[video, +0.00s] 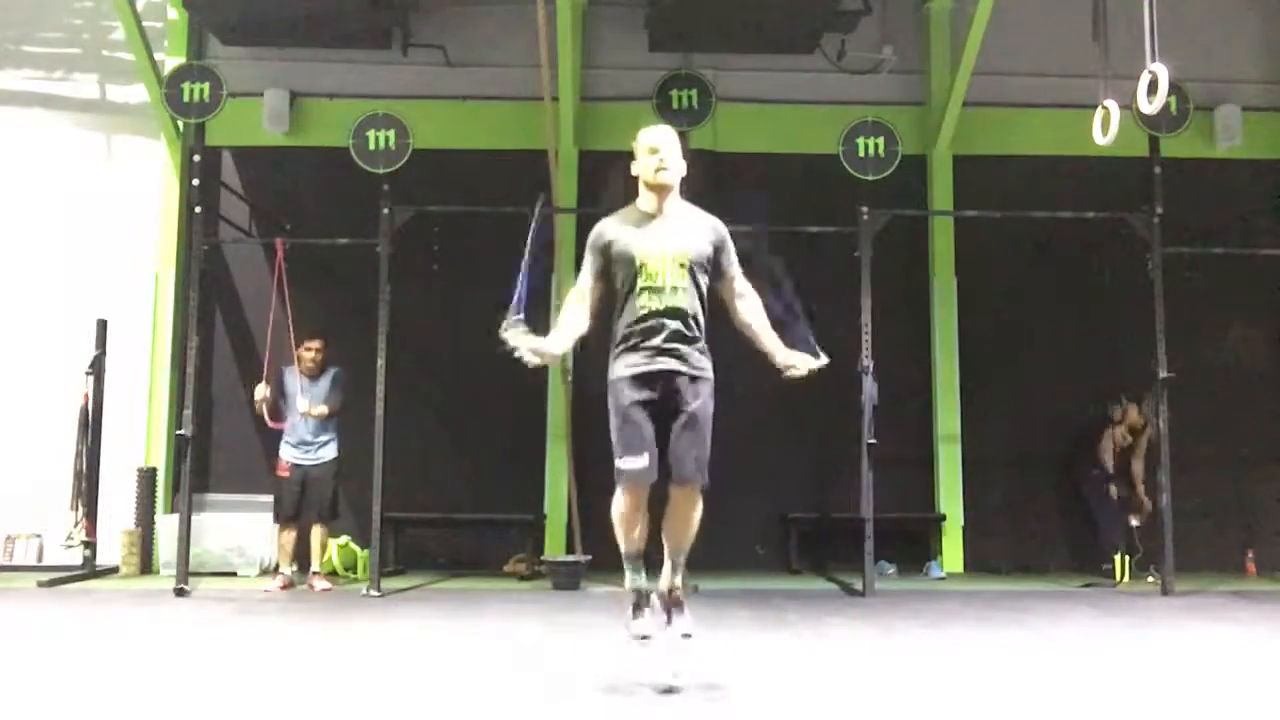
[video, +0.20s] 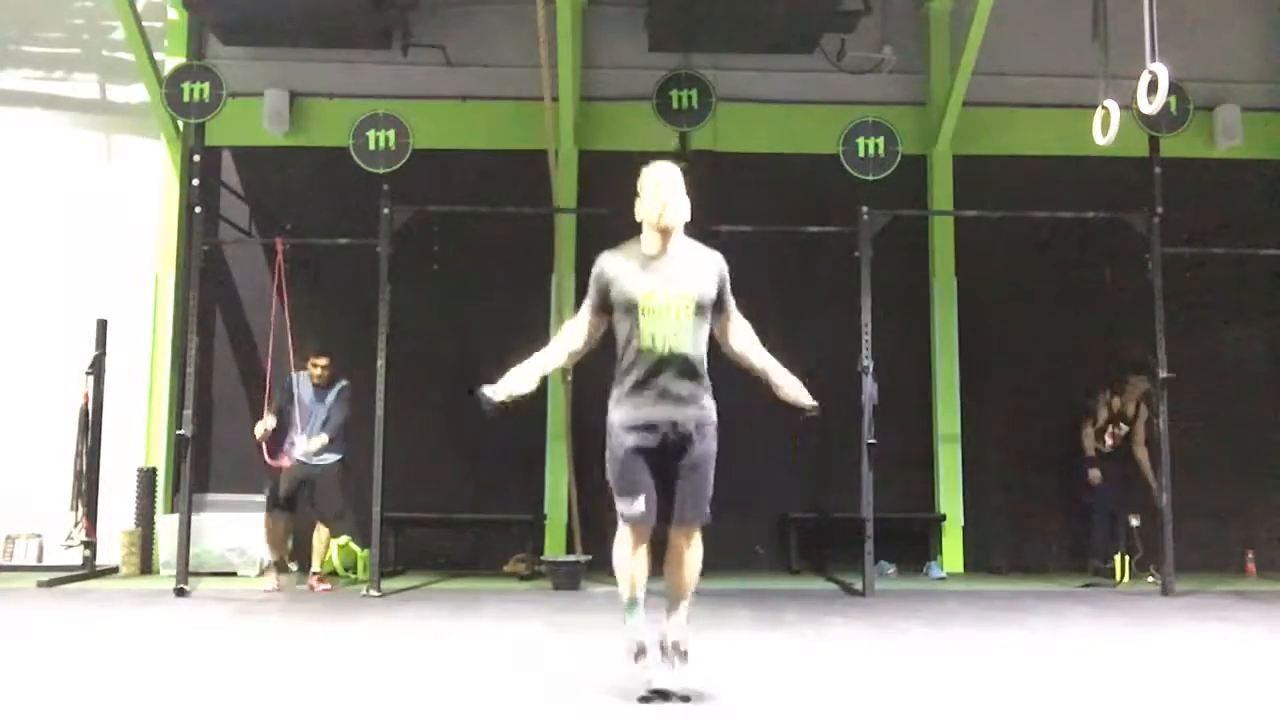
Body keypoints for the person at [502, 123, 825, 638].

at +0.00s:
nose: (661, 161)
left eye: (668, 154)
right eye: (651, 153)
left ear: (683, 165)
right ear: (634, 165)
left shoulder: (710, 229)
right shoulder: (609, 232)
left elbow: (740, 297)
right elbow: (584, 300)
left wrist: (778, 351)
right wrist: (555, 343)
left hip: (691, 367)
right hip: (632, 366)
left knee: (688, 480)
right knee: (636, 475)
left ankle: (673, 586)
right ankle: (636, 588)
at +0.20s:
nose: (664, 203)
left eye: (672, 194)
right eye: (655, 194)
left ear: (684, 202)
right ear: (639, 204)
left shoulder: (711, 265)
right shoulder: (611, 265)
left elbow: (734, 332)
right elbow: (581, 333)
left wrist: (783, 379)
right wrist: (524, 375)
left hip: (694, 413)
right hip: (632, 413)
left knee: (687, 529)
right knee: (635, 525)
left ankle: (677, 633)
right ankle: (635, 629)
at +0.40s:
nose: (663, 204)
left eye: (670, 195)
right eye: (653, 196)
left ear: (684, 204)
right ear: (637, 205)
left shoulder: (710, 267)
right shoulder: (611, 270)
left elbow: (738, 341)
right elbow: (582, 346)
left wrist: (774, 398)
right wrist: (543, 394)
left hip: (695, 417)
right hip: (634, 416)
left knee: (688, 533)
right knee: (633, 531)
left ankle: (678, 648)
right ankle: (635, 651)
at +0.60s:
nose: (665, 155)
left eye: (672, 147)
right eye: (654, 147)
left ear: (686, 159)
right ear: (636, 159)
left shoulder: (712, 224)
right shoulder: (610, 227)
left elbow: (740, 292)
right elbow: (586, 294)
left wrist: (774, 347)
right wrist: (564, 347)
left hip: (694, 362)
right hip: (634, 361)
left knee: (690, 476)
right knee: (641, 469)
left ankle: (678, 591)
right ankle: (637, 590)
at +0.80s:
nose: (664, 220)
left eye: (671, 211)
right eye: (654, 211)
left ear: (685, 218)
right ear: (636, 218)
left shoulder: (709, 280)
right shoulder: (609, 282)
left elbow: (736, 346)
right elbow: (573, 350)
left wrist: (791, 381)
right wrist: (513, 375)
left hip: (698, 419)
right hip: (635, 420)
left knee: (692, 540)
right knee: (641, 535)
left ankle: (678, 650)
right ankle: (638, 651)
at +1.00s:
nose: (661, 189)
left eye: (669, 180)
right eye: (652, 180)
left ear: (686, 191)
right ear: (637, 193)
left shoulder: (712, 257)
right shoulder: (611, 256)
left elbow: (738, 331)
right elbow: (581, 332)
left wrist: (776, 390)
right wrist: (538, 380)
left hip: (695, 403)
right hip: (632, 402)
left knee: (688, 519)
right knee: (629, 518)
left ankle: (677, 630)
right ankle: (634, 632)